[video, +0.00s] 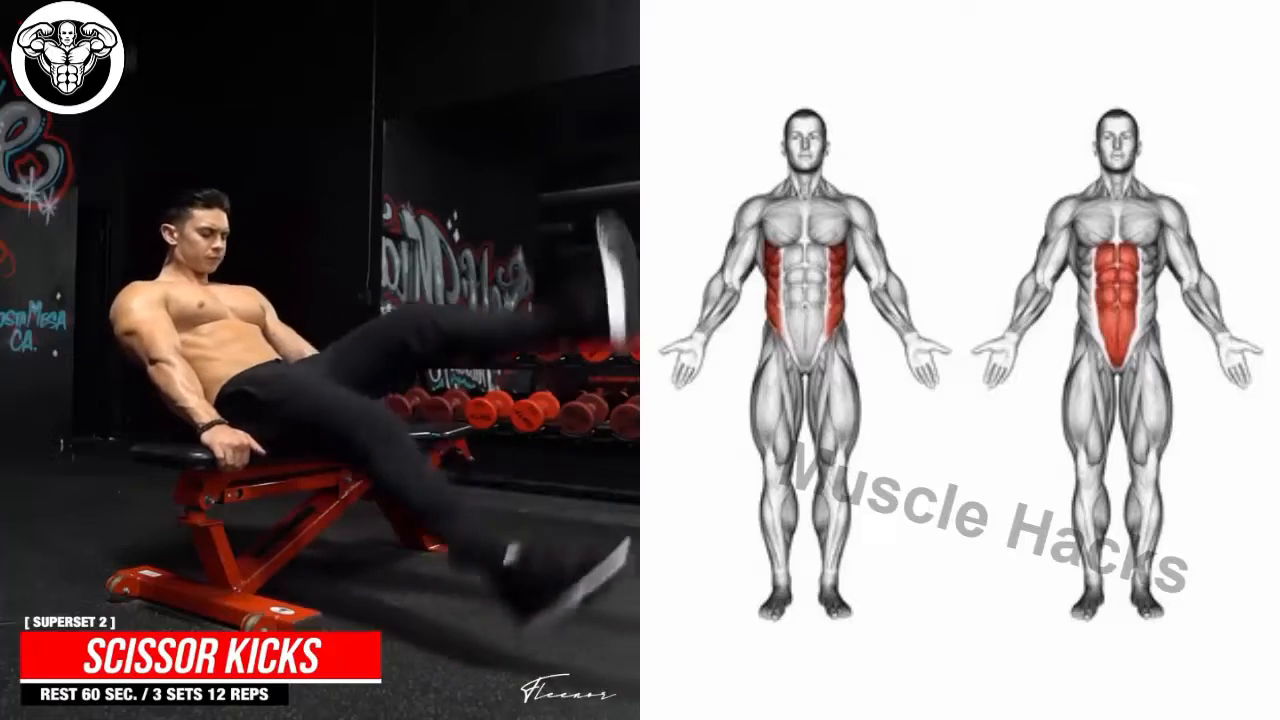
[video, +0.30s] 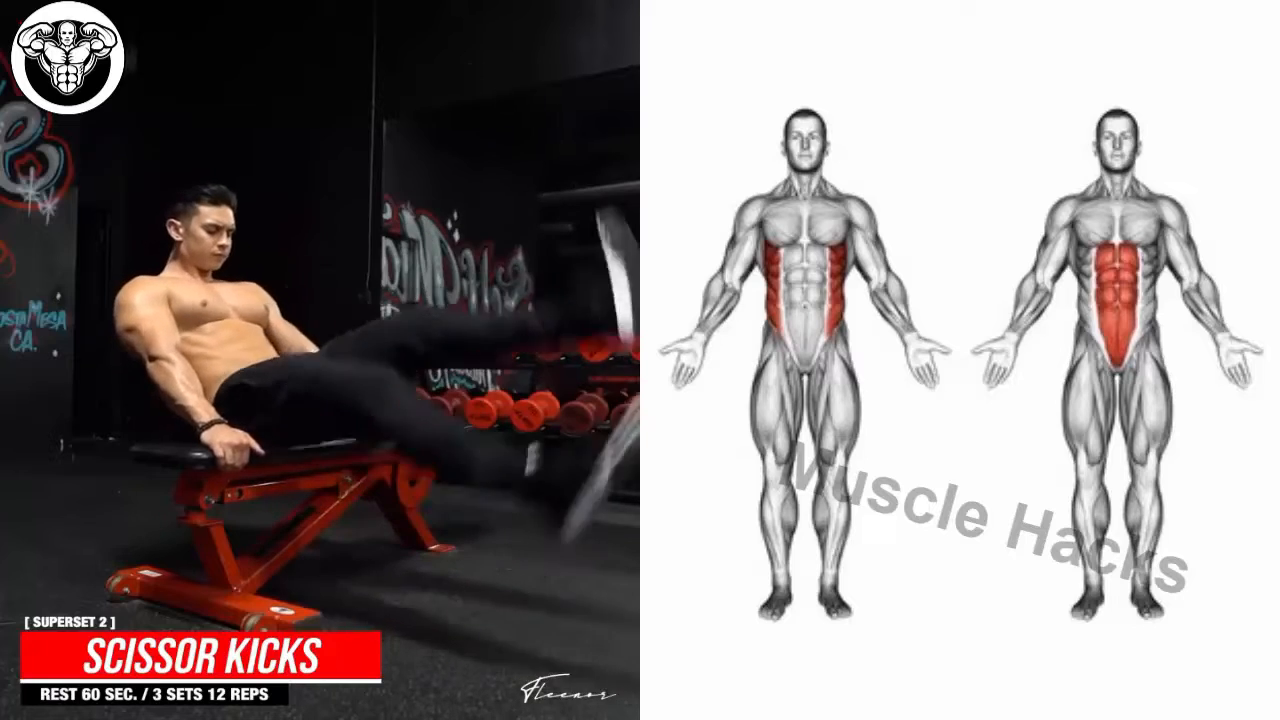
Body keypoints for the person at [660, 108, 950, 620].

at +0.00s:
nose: (804, 145)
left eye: (812, 138)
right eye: (797, 138)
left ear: (825, 145)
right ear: (785, 146)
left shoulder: (851, 211)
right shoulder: (758, 211)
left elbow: (881, 281)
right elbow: (729, 281)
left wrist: (909, 336)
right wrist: (700, 336)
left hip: (832, 356)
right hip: (777, 355)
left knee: (834, 468)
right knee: (777, 469)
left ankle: (829, 584)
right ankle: (780, 585)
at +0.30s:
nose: (804, 146)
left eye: (812, 138)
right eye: (797, 138)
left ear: (825, 145)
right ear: (785, 146)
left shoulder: (851, 211)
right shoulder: (758, 211)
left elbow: (881, 281)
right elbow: (729, 281)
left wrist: (909, 336)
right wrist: (700, 336)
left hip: (832, 356)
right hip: (777, 355)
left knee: (834, 467)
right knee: (777, 469)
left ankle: (829, 584)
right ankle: (780, 585)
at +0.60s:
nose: (804, 145)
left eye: (812, 138)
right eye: (797, 138)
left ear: (825, 145)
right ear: (785, 145)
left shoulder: (851, 211)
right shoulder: (758, 211)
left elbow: (881, 281)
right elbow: (729, 281)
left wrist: (909, 336)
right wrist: (700, 336)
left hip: (832, 356)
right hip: (777, 355)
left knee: (834, 467)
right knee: (777, 469)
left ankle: (829, 584)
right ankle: (780, 585)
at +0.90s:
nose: (804, 145)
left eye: (812, 138)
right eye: (797, 138)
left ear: (825, 145)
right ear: (785, 146)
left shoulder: (851, 211)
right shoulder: (758, 211)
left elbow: (881, 281)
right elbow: (729, 281)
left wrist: (909, 336)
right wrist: (700, 336)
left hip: (832, 355)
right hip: (778, 355)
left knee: (834, 467)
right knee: (777, 469)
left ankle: (829, 584)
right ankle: (780, 585)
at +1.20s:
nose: (804, 145)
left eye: (812, 138)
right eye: (797, 138)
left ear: (825, 145)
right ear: (785, 145)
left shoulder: (851, 211)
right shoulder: (758, 211)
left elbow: (881, 281)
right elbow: (729, 281)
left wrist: (909, 336)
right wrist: (700, 336)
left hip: (832, 356)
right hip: (777, 356)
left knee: (834, 467)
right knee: (776, 469)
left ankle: (830, 584)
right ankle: (780, 585)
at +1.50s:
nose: (804, 145)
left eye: (812, 138)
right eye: (797, 138)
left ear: (825, 145)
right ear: (785, 146)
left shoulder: (851, 211)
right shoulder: (758, 211)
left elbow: (881, 281)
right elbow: (729, 281)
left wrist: (909, 336)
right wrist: (700, 336)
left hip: (832, 355)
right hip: (778, 355)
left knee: (834, 467)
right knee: (776, 469)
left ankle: (829, 584)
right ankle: (780, 585)